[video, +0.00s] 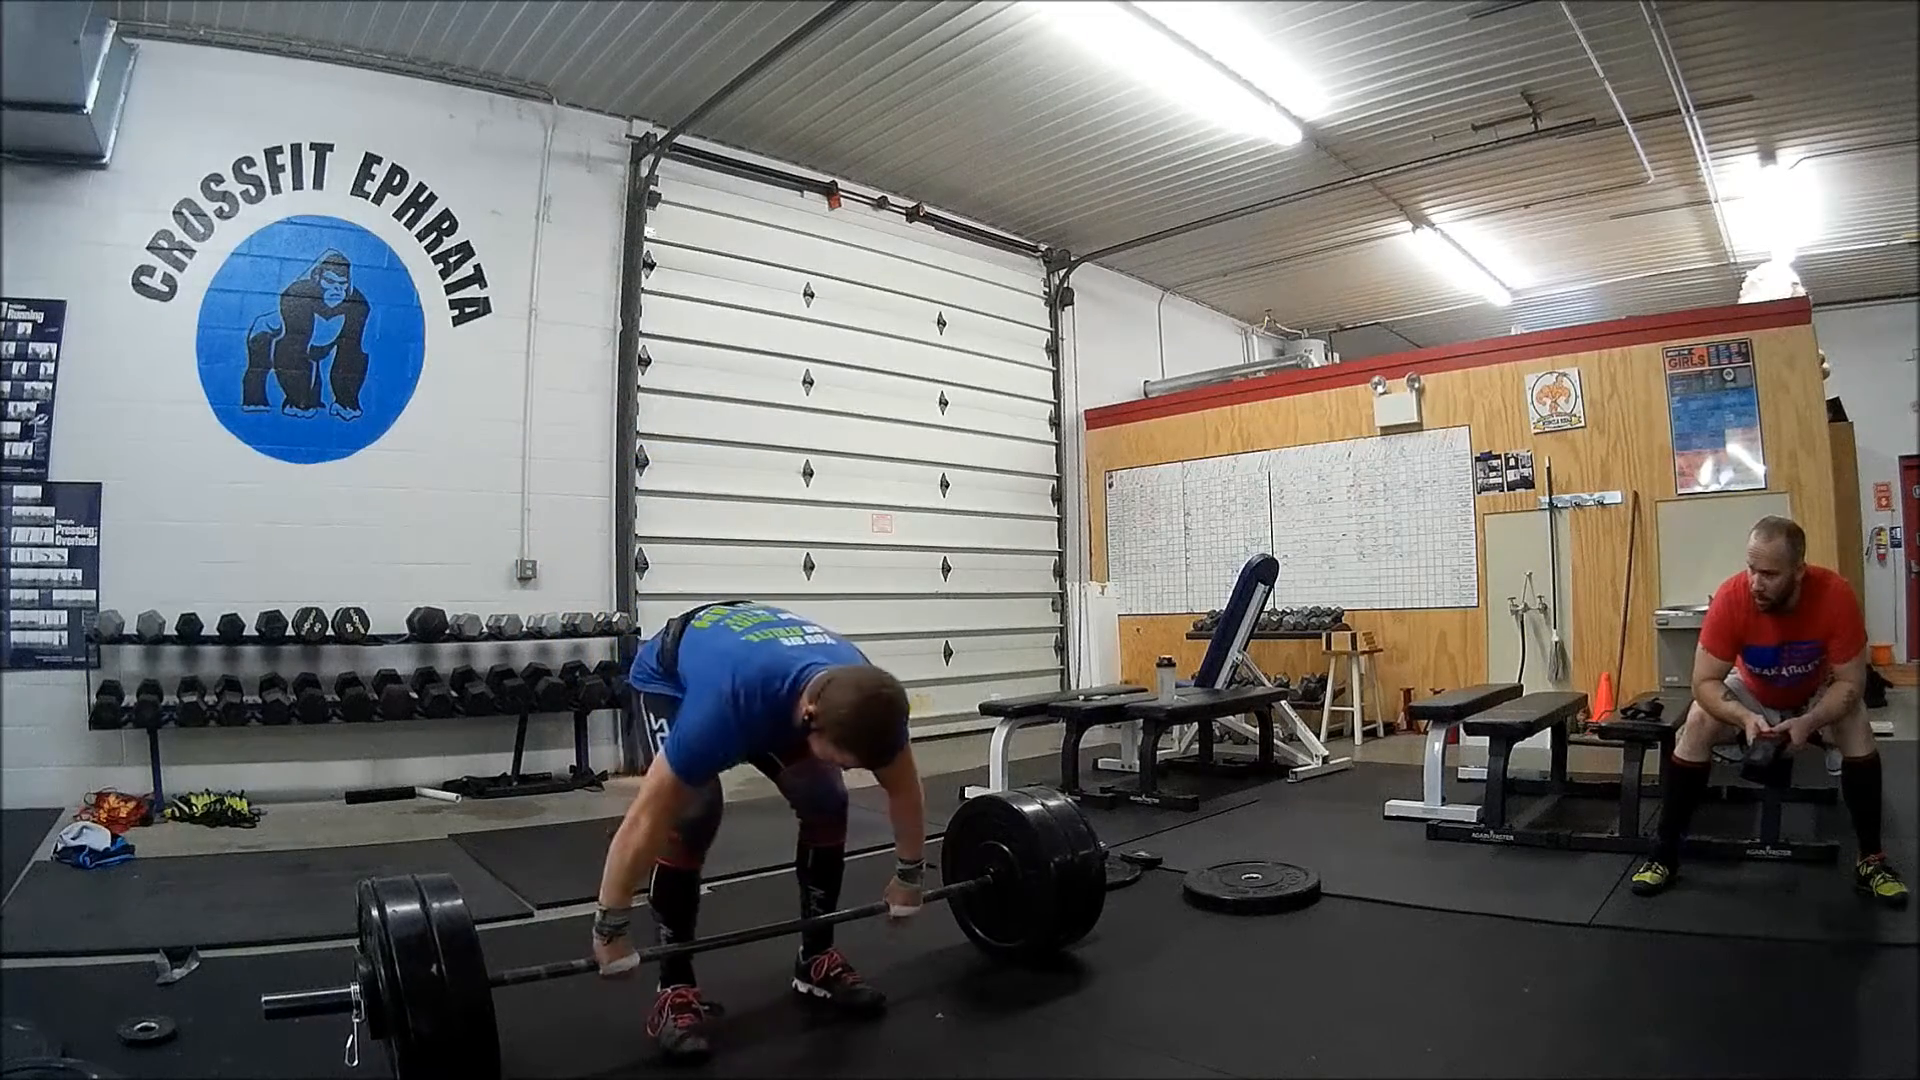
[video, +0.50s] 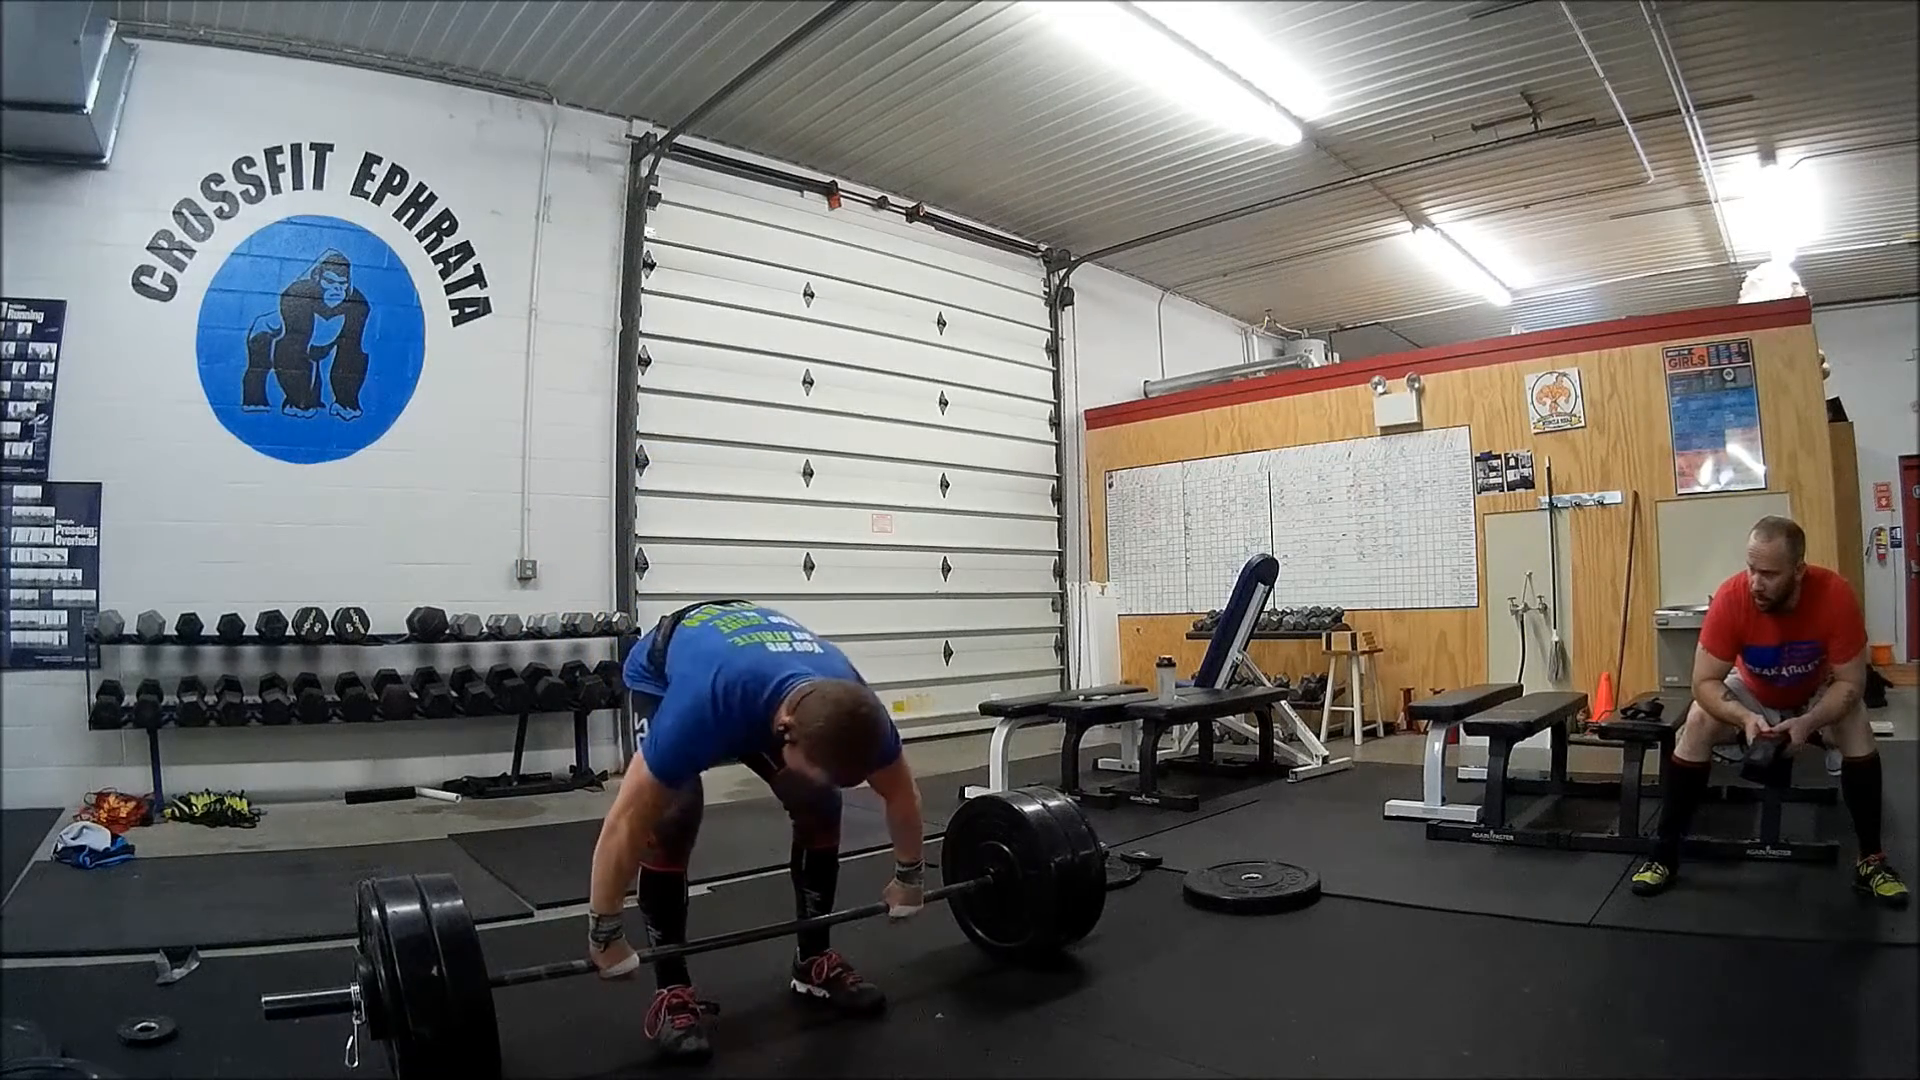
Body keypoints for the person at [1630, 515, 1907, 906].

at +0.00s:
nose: (1757, 584)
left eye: (1769, 575)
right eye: (1752, 570)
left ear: (1799, 568)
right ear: (1747, 562)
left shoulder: (1834, 595)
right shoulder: (1731, 598)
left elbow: (1851, 682)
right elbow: (1704, 683)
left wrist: (1808, 722)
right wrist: (1743, 718)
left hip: (1816, 695)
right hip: (1751, 694)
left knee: (1855, 724)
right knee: (1697, 722)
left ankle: (1871, 860)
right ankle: (1665, 857)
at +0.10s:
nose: (1757, 584)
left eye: (1769, 575)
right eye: (1752, 570)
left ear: (1799, 569)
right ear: (1746, 561)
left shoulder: (1834, 596)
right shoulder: (1731, 598)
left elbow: (1850, 682)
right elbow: (1704, 683)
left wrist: (1809, 722)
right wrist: (1743, 718)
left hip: (1816, 696)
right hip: (1751, 694)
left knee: (1855, 724)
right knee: (1697, 722)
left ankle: (1871, 860)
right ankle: (1664, 857)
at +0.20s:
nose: (1757, 584)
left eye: (1769, 575)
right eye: (1752, 570)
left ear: (1799, 569)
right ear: (1746, 561)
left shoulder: (1834, 596)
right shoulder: (1731, 598)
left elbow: (1850, 682)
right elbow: (1704, 683)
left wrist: (1809, 722)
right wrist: (1743, 718)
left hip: (1816, 696)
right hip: (1751, 694)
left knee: (1855, 724)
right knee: (1697, 722)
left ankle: (1871, 860)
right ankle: (1664, 857)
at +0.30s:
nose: (1757, 584)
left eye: (1769, 575)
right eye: (1752, 570)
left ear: (1799, 569)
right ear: (1747, 561)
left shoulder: (1834, 596)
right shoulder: (1731, 598)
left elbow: (1850, 682)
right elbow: (1704, 683)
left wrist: (1809, 722)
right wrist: (1743, 718)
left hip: (1816, 696)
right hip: (1751, 694)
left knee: (1855, 724)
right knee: (1697, 722)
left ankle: (1871, 860)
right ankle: (1664, 856)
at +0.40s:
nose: (1757, 584)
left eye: (1769, 575)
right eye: (1752, 570)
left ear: (1799, 569)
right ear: (1747, 561)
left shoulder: (1834, 596)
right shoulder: (1731, 598)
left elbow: (1850, 682)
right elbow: (1704, 683)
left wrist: (1809, 721)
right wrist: (1743, 718)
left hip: (1816, 696)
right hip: (1751, 694)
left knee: (1855, 724)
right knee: (1697, 722)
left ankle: (1871, 860)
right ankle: (1664, 856)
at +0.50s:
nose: (1756, 584)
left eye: (1769, 575)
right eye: (1752, 570)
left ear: (1799, 569)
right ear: (1746, 562)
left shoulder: (1834, 595)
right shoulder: (1731, 598)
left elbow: (1850, 682)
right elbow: (1704, 683)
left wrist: (1808, 722)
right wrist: (1743, 718)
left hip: (1816, 695)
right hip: (1752, 694)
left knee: (1855, 723)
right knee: (1697, 721)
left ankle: (1871, 860)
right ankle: (1664, 857)